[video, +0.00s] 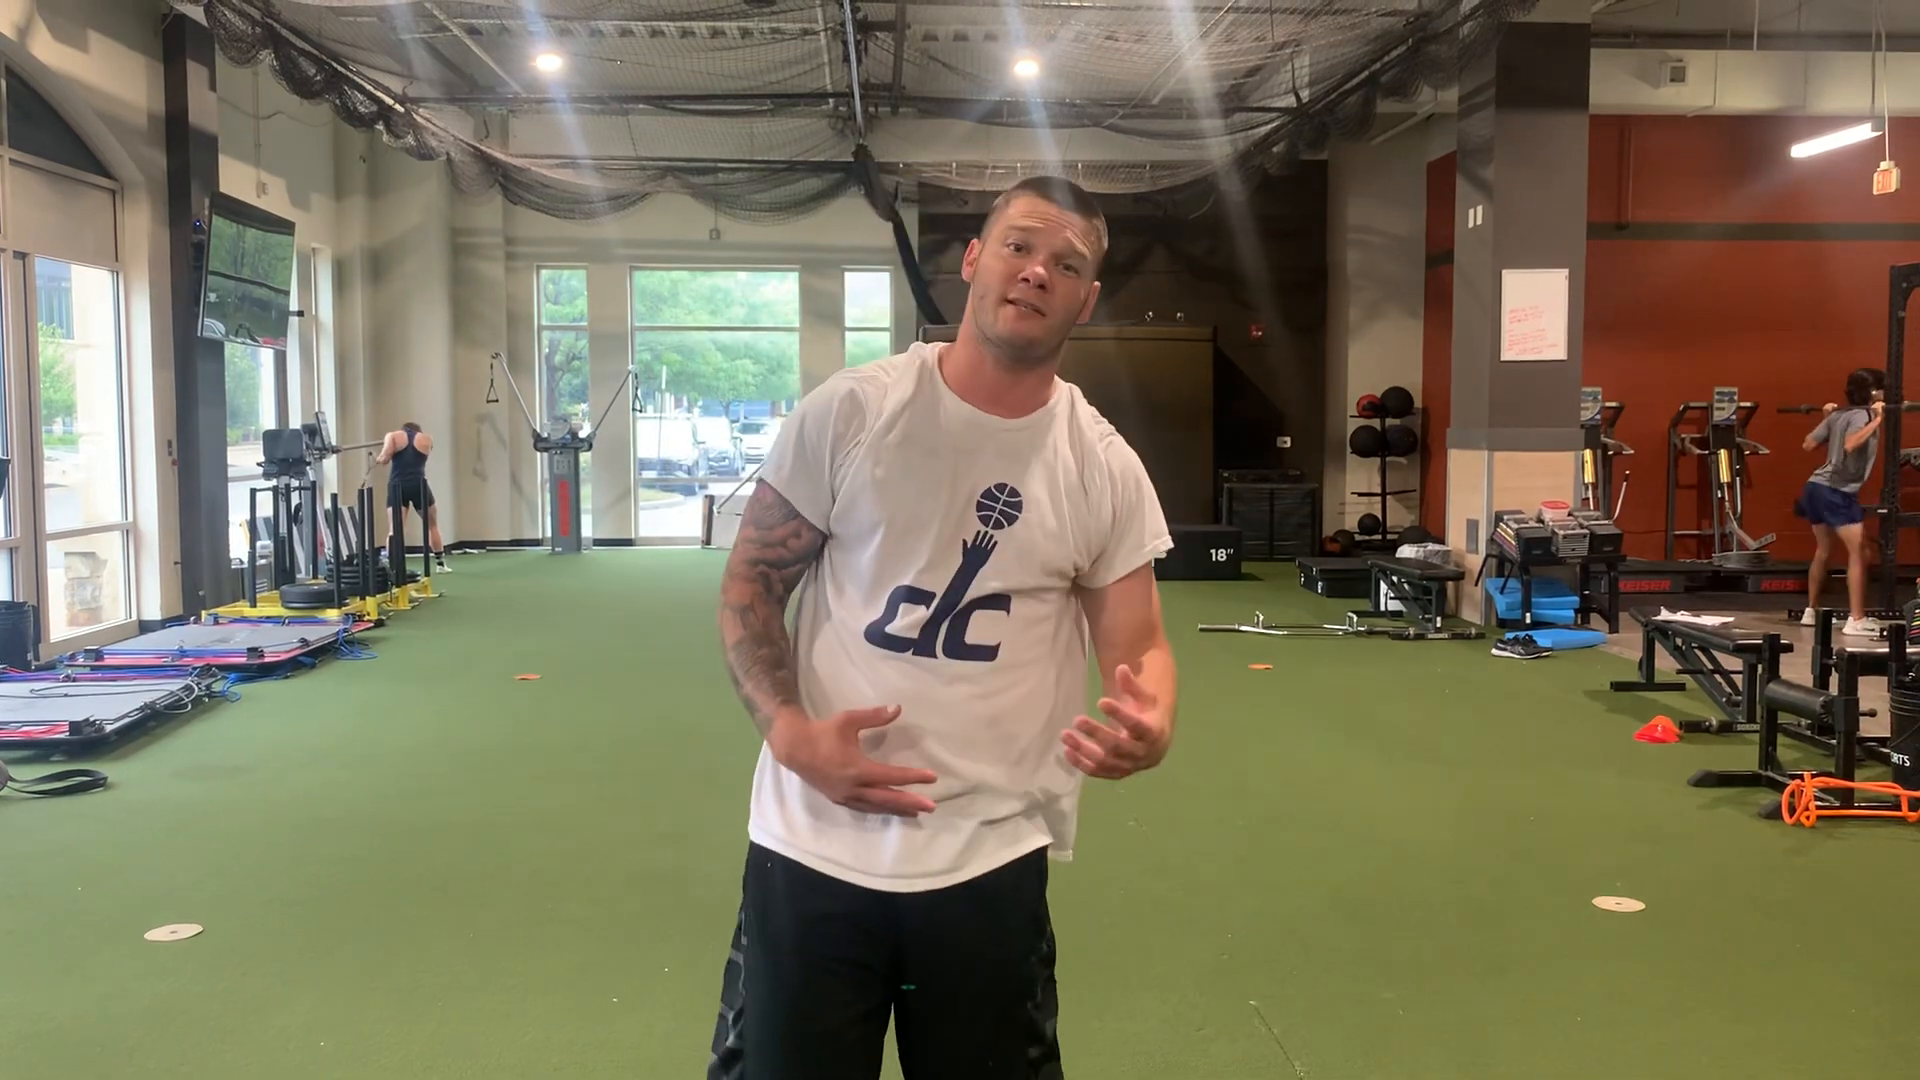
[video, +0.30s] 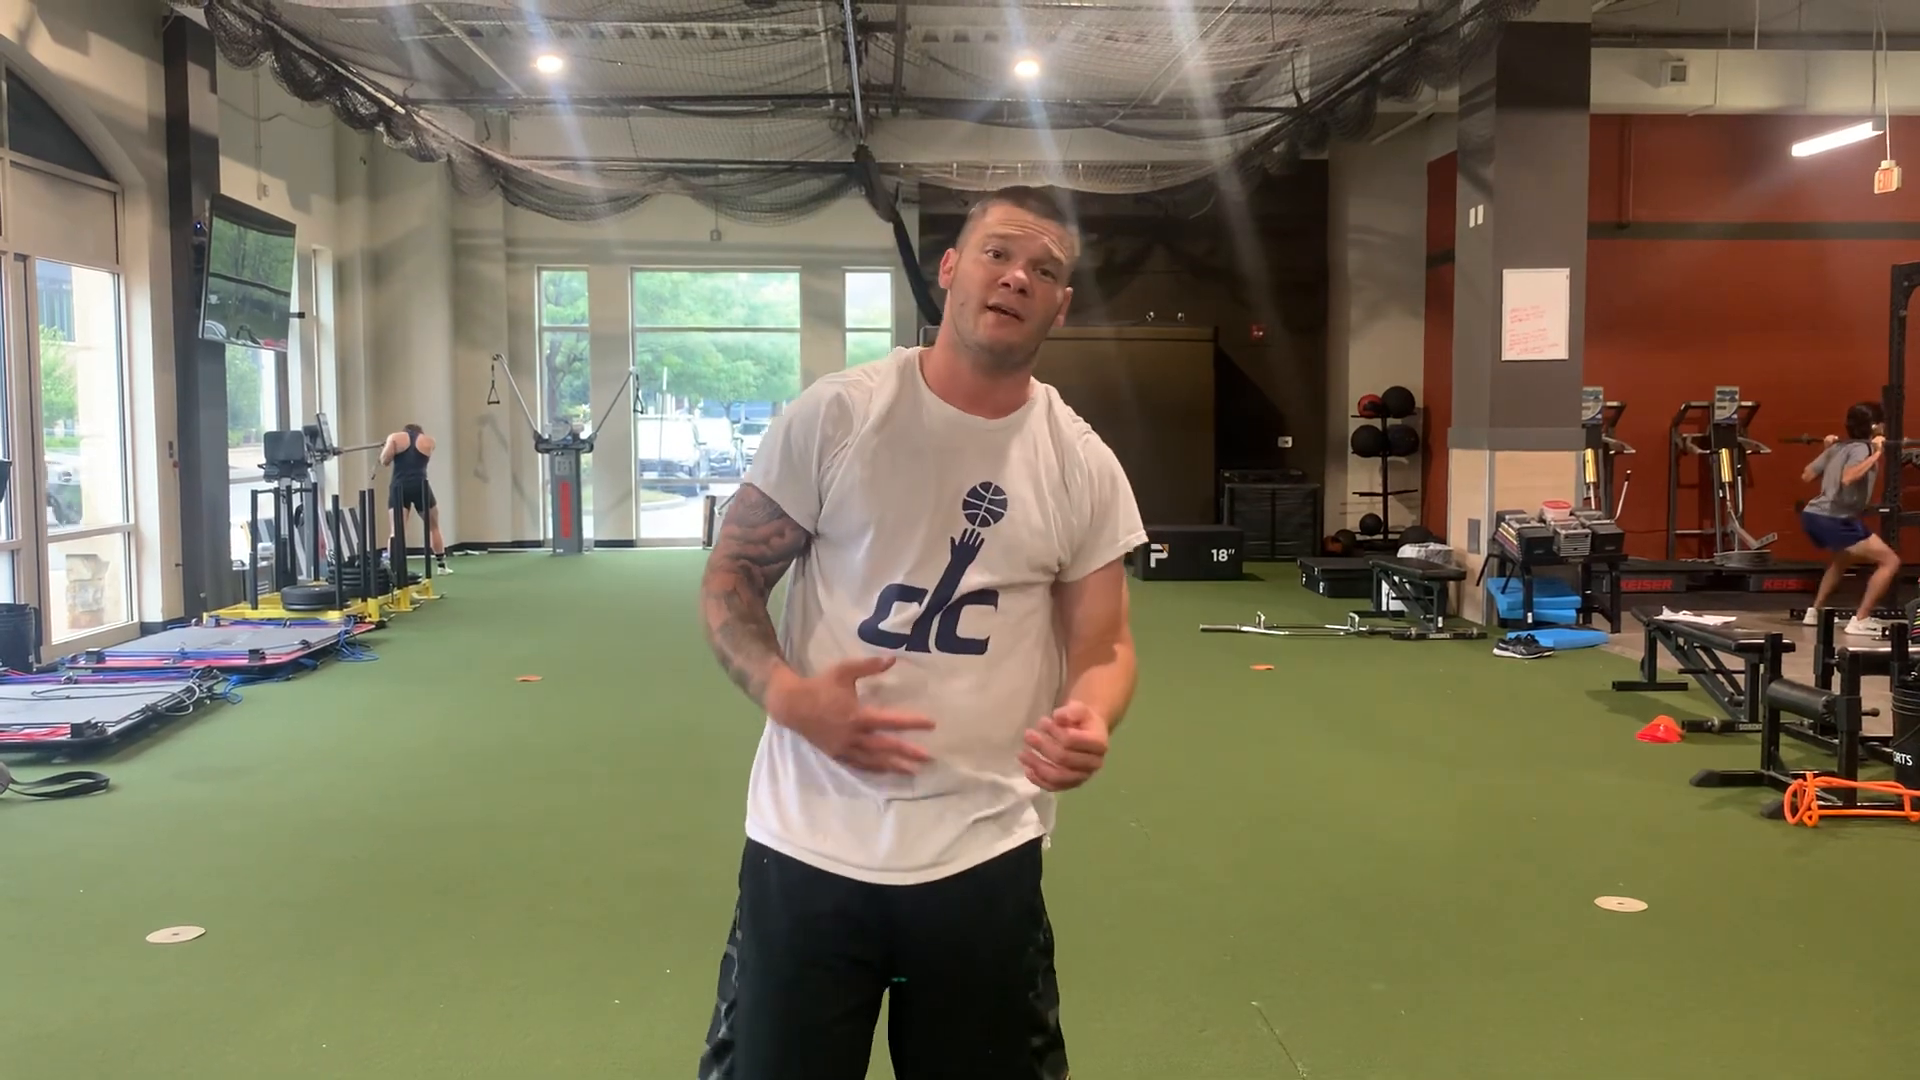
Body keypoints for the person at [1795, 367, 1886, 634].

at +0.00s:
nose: (1883, 396)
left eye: (1883, 391)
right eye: (1881, 391)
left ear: (1852, 393)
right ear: (1870, 393)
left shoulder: (1837, 416)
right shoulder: (1862, 416)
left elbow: (1808, 444)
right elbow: (1850, 444)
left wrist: (1826, 416)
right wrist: (1877, 419)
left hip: (1815, 488)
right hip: (1837, 493)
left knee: (1822, 550)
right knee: (1857, 551)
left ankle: (1810, 610)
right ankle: (1857, 619)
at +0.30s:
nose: (1882, 430)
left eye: (1882, 426)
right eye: (1880, 425)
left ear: (1850, 425)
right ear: (1871, 428)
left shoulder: (1838, 448)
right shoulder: (1861, 449)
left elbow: (1807, 475)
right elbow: (1847, 477)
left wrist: (1826, 450)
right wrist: (1876, 455)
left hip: (1813, 516)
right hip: (1837, 522)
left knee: (1841, 560)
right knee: (1890, 561)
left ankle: (1814, 611)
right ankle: (1860, 619)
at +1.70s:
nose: (1885, 434)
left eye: (1885, 430)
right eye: (1883, 429)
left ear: (1855, 430)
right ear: (1876, 432)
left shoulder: (1843, 453)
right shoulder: (1866, 454)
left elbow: (1813, 482)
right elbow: (1852, 481)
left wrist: (1831, 455)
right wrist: (1881, 459)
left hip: (1817, 522)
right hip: (1839, 527)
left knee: (1844, 565)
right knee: (1895, 565)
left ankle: (1818, 615)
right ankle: (1864, 623)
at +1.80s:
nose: (1886, 450)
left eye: (1886, 445)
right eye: (1883, 445)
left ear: (1856, 445)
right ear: (1876, 447)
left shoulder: (1842, 467)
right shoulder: (1867, 468)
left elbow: (1812, 495)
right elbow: (1850, 496)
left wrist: (1832, 468)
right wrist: (1880, 473)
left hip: (1816, 535)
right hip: (1841, 540)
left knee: (1845, 571)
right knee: (1900, 568)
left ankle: (1818, 615)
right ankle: (1864, 623)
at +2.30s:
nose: (1889, 460)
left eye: (1889, 456)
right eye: (1887, 456)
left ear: (1858, 456)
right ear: (1879, 460)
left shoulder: (1844, 478)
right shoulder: (1868, 480)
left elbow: (1812, 505)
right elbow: (1850, 507)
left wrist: (1833, 480)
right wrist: (1881, 485)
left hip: (1815, 545)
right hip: (1839, 549)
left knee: (1850, 572)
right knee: (1902, 572)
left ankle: (1820, 617)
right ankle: (1866, 626)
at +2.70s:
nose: (1892, 417)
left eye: (1892, 413)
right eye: (1890, 413)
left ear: (1862, 413)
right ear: (1881, 415)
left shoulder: (1847, 438)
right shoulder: (1871, 437)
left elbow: (1818, 465)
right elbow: (1858, 465)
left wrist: (1836, 438)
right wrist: (1886, 441)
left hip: (1827, 510)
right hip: (1849, 514)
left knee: (1845, 565)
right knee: (1889, 565)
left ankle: (1823, 621)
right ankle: (1869, 629)